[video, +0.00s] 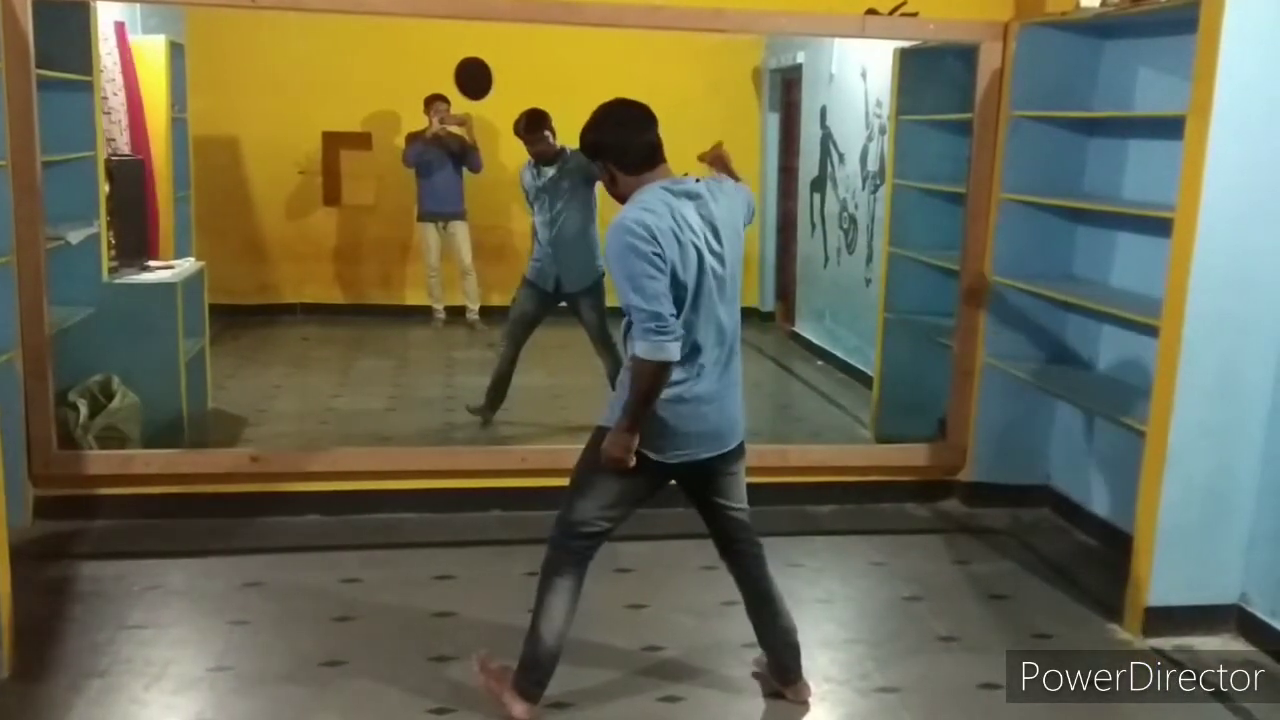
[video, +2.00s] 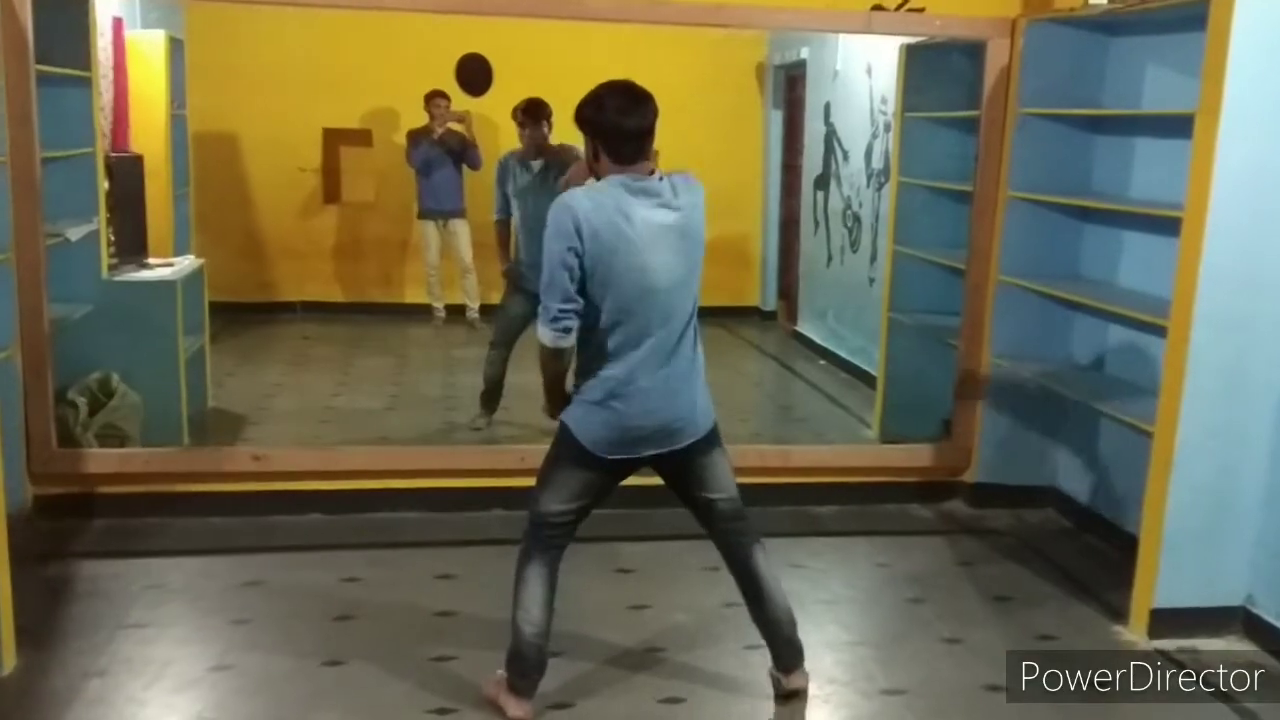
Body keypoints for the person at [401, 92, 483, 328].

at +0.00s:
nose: (440, 116)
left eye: (444, 111)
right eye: (436, 111)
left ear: (450, 114)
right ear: (427, 113)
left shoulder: (456, 140)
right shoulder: (417, 139)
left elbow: (475, 166)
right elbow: (409, 160)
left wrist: (469, 135)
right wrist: (429, 134)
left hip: (456, 213)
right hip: (428, 214)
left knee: (466, 265)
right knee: (432, 267)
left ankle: (473, 313)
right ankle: (438, 312)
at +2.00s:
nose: (440, 111)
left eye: (444, 107)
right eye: (436, 106)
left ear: (450, 110)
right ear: (427, 109)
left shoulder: (456, 137)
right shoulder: (417, 135)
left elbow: (475, 163)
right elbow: (414, 161)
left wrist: (469, 132)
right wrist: (435, 135)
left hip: (455, 210)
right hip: (428, 211)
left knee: (466, 263)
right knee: (432, 265)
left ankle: (473, 311)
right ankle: (438, 310)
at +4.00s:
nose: (437, 106)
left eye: (441, 101)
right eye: (432, 101)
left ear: (447, 104)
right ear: (424, 103)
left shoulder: (454, 131)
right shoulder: (413, 129)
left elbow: (473, 158)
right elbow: (412, 156)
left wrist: (467, 126)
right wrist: (432, 130)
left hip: (453, 204)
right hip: (426, 205)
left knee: (465, 258)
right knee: (430, 259)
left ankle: (471, 305)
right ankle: (436, 304)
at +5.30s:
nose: (441, 138)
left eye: (446, 133)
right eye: (437, 133)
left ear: (451, 136)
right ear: (429, 135)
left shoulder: (458, 162)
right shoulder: (418, 161)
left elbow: (477, 188)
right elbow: (417, 187)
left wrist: (471, 157)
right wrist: (436, 161)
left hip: (457, 234)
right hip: (430, 236)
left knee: (468, 287)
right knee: (434, 288)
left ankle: (474, 334)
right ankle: (439, 333)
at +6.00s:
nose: (454, 164)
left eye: (458, 160)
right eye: (449, 160)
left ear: (463, 163)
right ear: (441, 162)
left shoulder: (470, 189)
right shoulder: (430, 187)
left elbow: (488, 215)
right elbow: (428, 213)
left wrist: (483, 185)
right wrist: (449, 187)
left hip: (468, 260)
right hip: (441, 262)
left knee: (479, 312)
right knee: (445, 314)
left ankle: (485, 360)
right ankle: (450, 359)